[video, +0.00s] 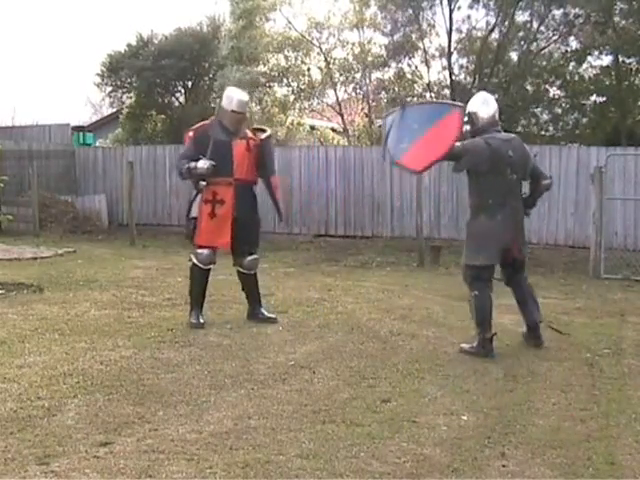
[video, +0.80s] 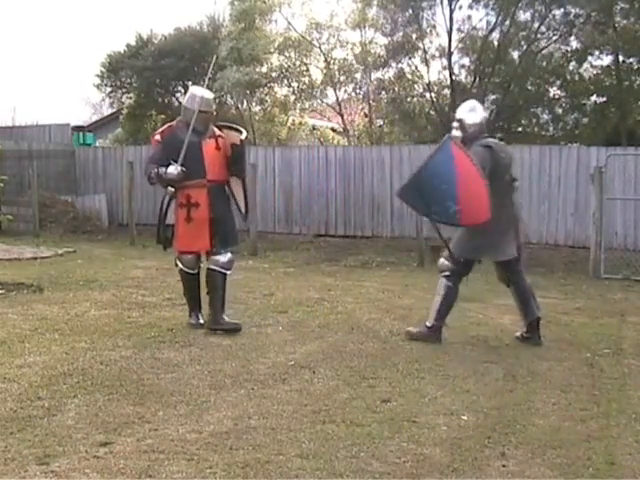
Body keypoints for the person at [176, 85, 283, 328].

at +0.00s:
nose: (239, 118)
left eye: (243, 113)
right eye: (235, 113)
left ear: (247, 113)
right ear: (223, 110)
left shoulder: (252, 138)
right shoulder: (204, 133)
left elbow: (265, 173)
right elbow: (182, 165)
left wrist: (264, 144)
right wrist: (194, 168)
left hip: (244, 200)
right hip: (212, 200)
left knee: (248, 259)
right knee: (204, 255)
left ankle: (255, 308)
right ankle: (196, 310)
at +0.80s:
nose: (205, 118)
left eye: (209, 112)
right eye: (201, 112)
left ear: (213, 112)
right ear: (188, 111)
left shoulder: (218, 137)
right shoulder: (172, 136)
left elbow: (237, 173)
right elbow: (151, 168)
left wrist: (237, 147)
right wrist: (163, 173)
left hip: (218, 199)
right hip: (188, 201)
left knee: (222, 256)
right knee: (189, 257)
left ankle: (217, 315)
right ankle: (194, 311)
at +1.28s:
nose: (218, 121)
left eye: (221, 116)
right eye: (215, 114)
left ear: (223, 116)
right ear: (201, 109)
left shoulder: (222, 142)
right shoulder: (172, 130)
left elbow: (239, 175)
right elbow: (148, 159)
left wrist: (247, 151)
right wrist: (159, 164)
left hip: (211, 204)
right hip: (178, 202)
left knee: (212, 264)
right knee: (169, 258)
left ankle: (210, 320)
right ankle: (174, 306)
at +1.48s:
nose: (215, 119)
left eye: (217, 115)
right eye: (211, 113)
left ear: (217, 115)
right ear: (196, 108)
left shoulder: (216, 141)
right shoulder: (168, 130)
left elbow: (230, 174)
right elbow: (141, 159)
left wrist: (240, 155)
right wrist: (155, 162)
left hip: (205, 206)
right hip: (173, 204)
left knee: (209, 266)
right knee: (158, 259)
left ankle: (210, 321)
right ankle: (138, 320)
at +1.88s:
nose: (179, 119)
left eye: (182, 115)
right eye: (175, 113)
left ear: (183, 116)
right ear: (161, 110)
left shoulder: (183, 141)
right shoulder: (139, 136)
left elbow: (195, 174)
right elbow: (120, 167)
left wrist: (218, 157)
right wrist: (142, 171)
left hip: (181, 209)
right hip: (149, 208)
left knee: (197, 268)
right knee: (139, 266)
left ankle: (209, 321)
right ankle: (126, 325)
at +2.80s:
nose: (205, 118)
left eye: (208, 113)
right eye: (200, 111)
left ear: (210, 113)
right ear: (185, 108)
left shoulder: (209, 138)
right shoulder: (163, 135)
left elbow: (220, 169)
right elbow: (146, 167)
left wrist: (240, 153)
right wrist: (169, 174)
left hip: (209, 208)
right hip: (177, 208)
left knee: (211, 265)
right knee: (175, 261)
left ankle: (201, 322)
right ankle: (155, 321)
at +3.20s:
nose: (201, 121)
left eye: (205, 117)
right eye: (197, 115)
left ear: (209, 117)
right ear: (185, 110)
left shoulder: (208, 140)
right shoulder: (165, 136)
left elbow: (220, 172)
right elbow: (144, 168)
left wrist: (232, 151)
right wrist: (166, 173)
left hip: (209, 207)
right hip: (176, 207)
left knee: (220, 265)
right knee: (174, 264)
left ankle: (202, 322)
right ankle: (146, 325)